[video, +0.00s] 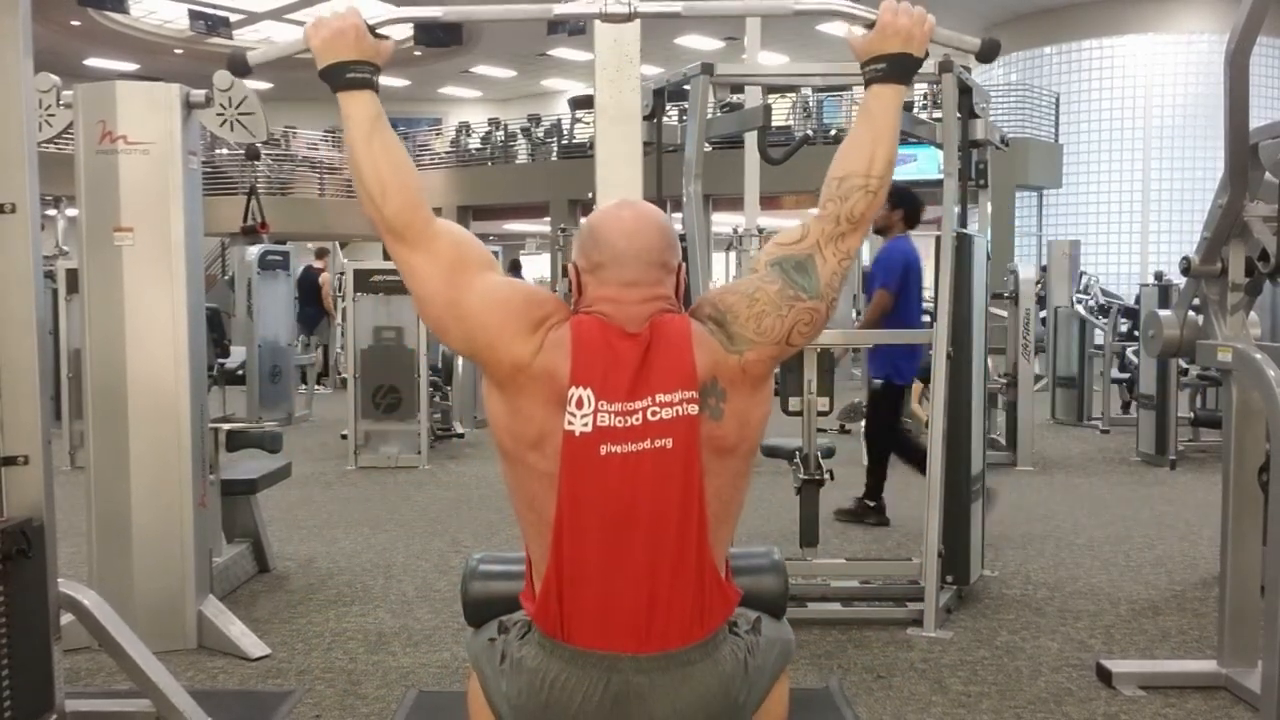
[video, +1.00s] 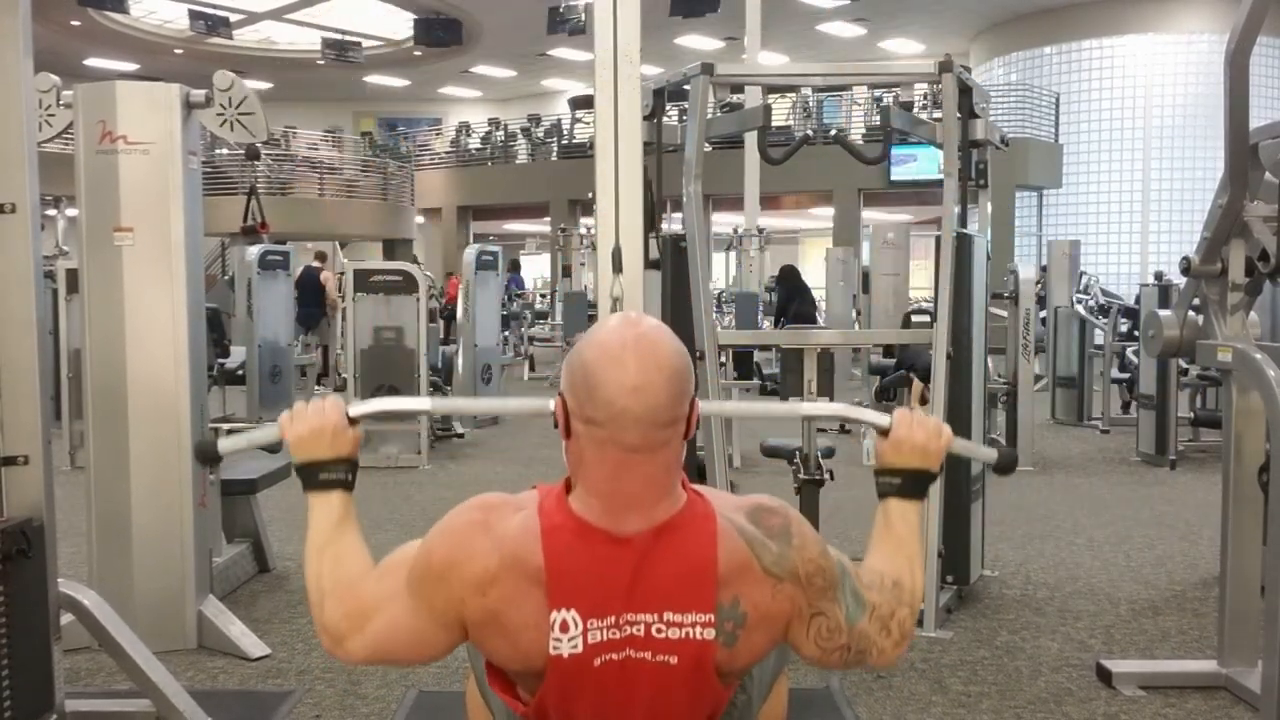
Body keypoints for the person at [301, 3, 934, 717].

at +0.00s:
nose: (574, 275)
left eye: (575, 264)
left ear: (576, 280)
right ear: (679, 278)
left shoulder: (519, 340)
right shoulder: (739, 343)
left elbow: (407, 225)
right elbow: (842, 219)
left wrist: (348, 75)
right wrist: (890, 72)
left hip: (557, 682)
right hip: (699, 683)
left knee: (489, 664)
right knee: (771, 646)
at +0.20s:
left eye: (575, 272)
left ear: (574, 294)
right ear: (683, 293)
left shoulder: (515, 362)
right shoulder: (745, 365)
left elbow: (384, 266)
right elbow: (865, 271)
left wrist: (343, 114)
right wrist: (899, 118)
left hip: (553, 686)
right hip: (699, 686)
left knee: (490, 651)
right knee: (769, 647)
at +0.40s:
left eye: (566, 311)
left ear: (569, 331)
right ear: (684, 330)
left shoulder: (503, 411)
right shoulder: (754, 411)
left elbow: (360, 351)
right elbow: (888, 355)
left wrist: (333, 199)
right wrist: (908, 207)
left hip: (552, 691)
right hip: (710, 688)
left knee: (486, 660)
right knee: (770, 642)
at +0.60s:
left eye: (567, 344)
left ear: (566, 368)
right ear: (686, 369)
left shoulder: (495, 473)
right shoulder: (756, 474)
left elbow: (340, 452)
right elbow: (901, 465)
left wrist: (327, 305)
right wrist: (914, 319)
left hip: (546, 696)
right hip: (708, 694)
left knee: (492, 615)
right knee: (770, 639)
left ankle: (480, 708)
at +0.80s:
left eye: (564, 375)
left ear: (564, 398)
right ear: (688, 401)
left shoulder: (488, 517)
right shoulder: (764, 515)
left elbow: (336, 555)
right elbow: (895, 564)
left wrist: (323, 407)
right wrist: (909, 417)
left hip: (537, 704)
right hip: (703, 704)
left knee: (488, 643)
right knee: (770, 628)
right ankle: (774, 702)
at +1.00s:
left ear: (563, 419)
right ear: (689, 422)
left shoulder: (485, 544)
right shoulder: (767, 544)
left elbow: (349, 627)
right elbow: (876, 636)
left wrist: (326, 479)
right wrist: (905, 486)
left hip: (532, 707)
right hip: (703, 710)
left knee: (486, 669)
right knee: (767, 645)